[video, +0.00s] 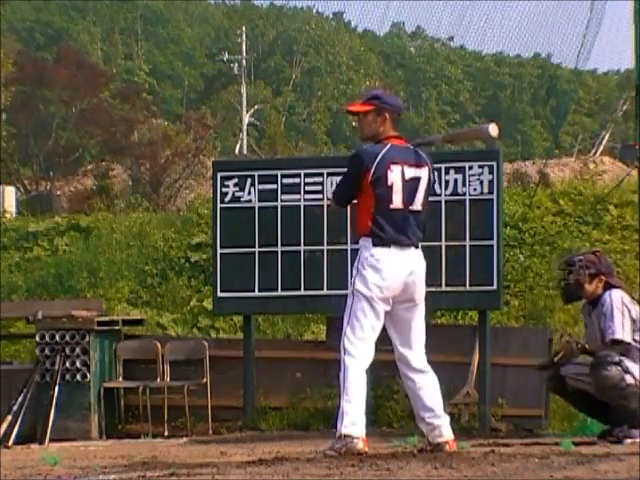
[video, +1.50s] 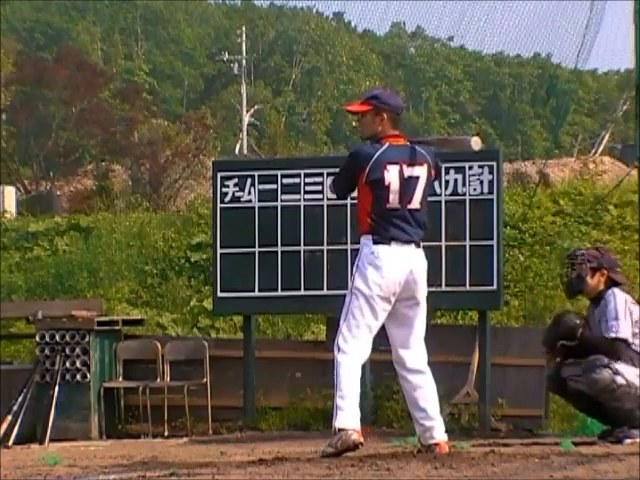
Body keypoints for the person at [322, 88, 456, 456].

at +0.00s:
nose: (358, 123)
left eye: (363, 117)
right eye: (358, 117)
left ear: (384, 119)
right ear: (388, 121)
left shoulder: (367, 156)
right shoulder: (422, 159)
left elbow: (339, 200)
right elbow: (407, 196)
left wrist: (364, 175)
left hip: (378, 260)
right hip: (414, 261)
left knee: (356, 349)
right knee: (413, 355)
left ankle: (351, 434)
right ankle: (441, 434)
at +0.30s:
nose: (361, 121)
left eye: (366, 114)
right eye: (362, 115)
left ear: (387, 116)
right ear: (393, 119)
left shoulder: (370, 153)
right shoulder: (428, 156)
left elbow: (344, 195)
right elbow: (422, 192)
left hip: (382, 256)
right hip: (419, 258)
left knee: (363, 343)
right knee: (418, 351)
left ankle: (361, 427)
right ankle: (441, 433)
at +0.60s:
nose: (357, 121)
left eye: (362, 116)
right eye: (357, 115)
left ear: (381, 117)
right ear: (389, 119)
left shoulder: (364, 153)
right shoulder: (421, 158)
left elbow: (336, 194)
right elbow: (424, 204)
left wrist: (367, 168)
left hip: (373, 258)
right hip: (410, 260)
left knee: (360, 346)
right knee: (411, 349)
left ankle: (362, 431)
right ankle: (440, 433)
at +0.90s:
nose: (356, 121)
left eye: (361, 116)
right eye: (357, 115)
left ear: (380, 117)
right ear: (388, 119)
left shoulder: (362, 154)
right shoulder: (421, 158)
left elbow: (336, 193)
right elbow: (421, 197)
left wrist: (368, 164)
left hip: (373, 258)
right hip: (410, 259)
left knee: (360, 346)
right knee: (411, 349)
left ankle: (362, 430)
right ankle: (440, 433)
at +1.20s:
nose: (356, 121)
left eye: (361, 116)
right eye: (357, 116)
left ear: (381, 118)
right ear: (389, 120)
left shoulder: (363, 154)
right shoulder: (422, 156)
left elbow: (335, 193)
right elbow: (433, 182)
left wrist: (366, 169)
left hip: (374, 258)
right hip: (411, 260)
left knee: (360, 346)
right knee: (409, 351)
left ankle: (361, 429)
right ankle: (434, 435)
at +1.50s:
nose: (358, 121)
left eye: (364, 116)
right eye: (360, 116)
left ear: (382, 118)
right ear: (391, 119)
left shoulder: (365, 154)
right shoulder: (424, 155)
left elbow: (338, 190)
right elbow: (433, 175)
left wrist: (366, 162)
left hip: (379, 257)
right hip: (416, 259)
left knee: (350, 345)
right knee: (412, 353)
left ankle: (347, 427)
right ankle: (435, 437)